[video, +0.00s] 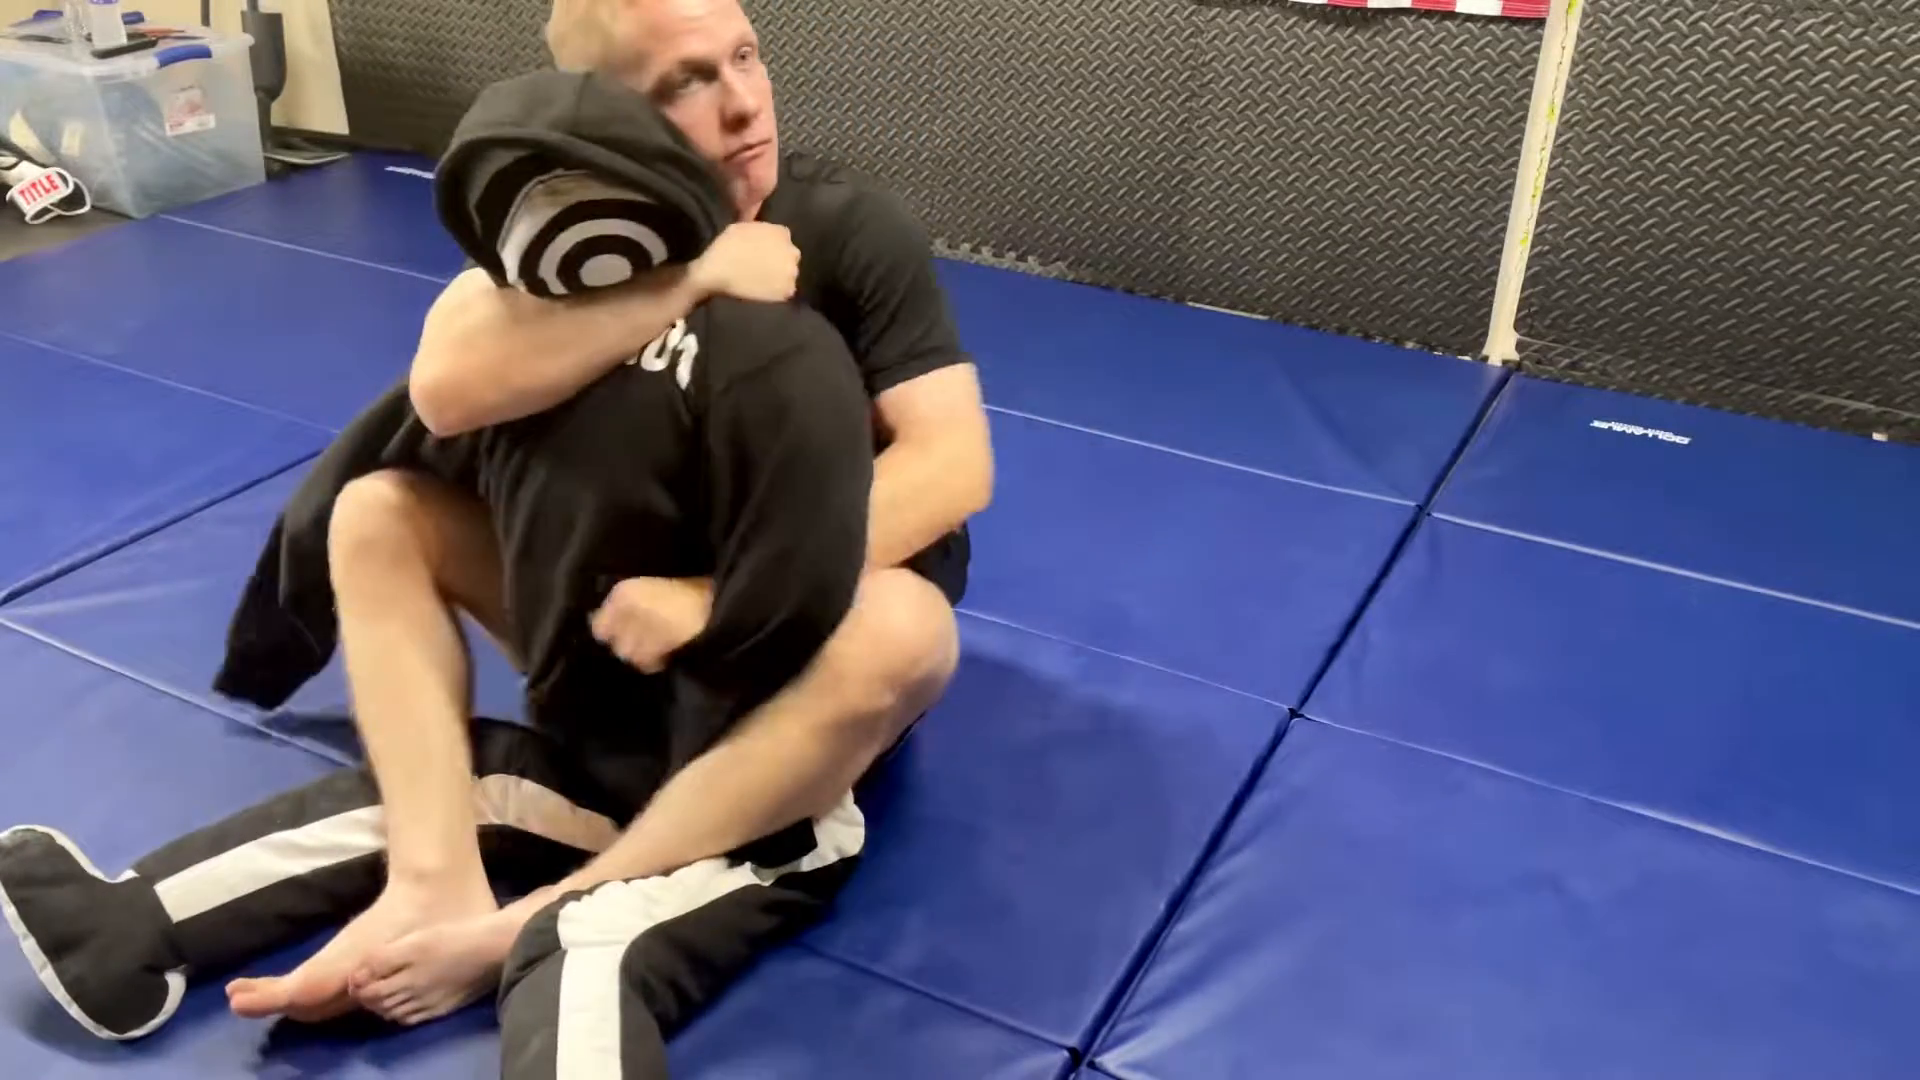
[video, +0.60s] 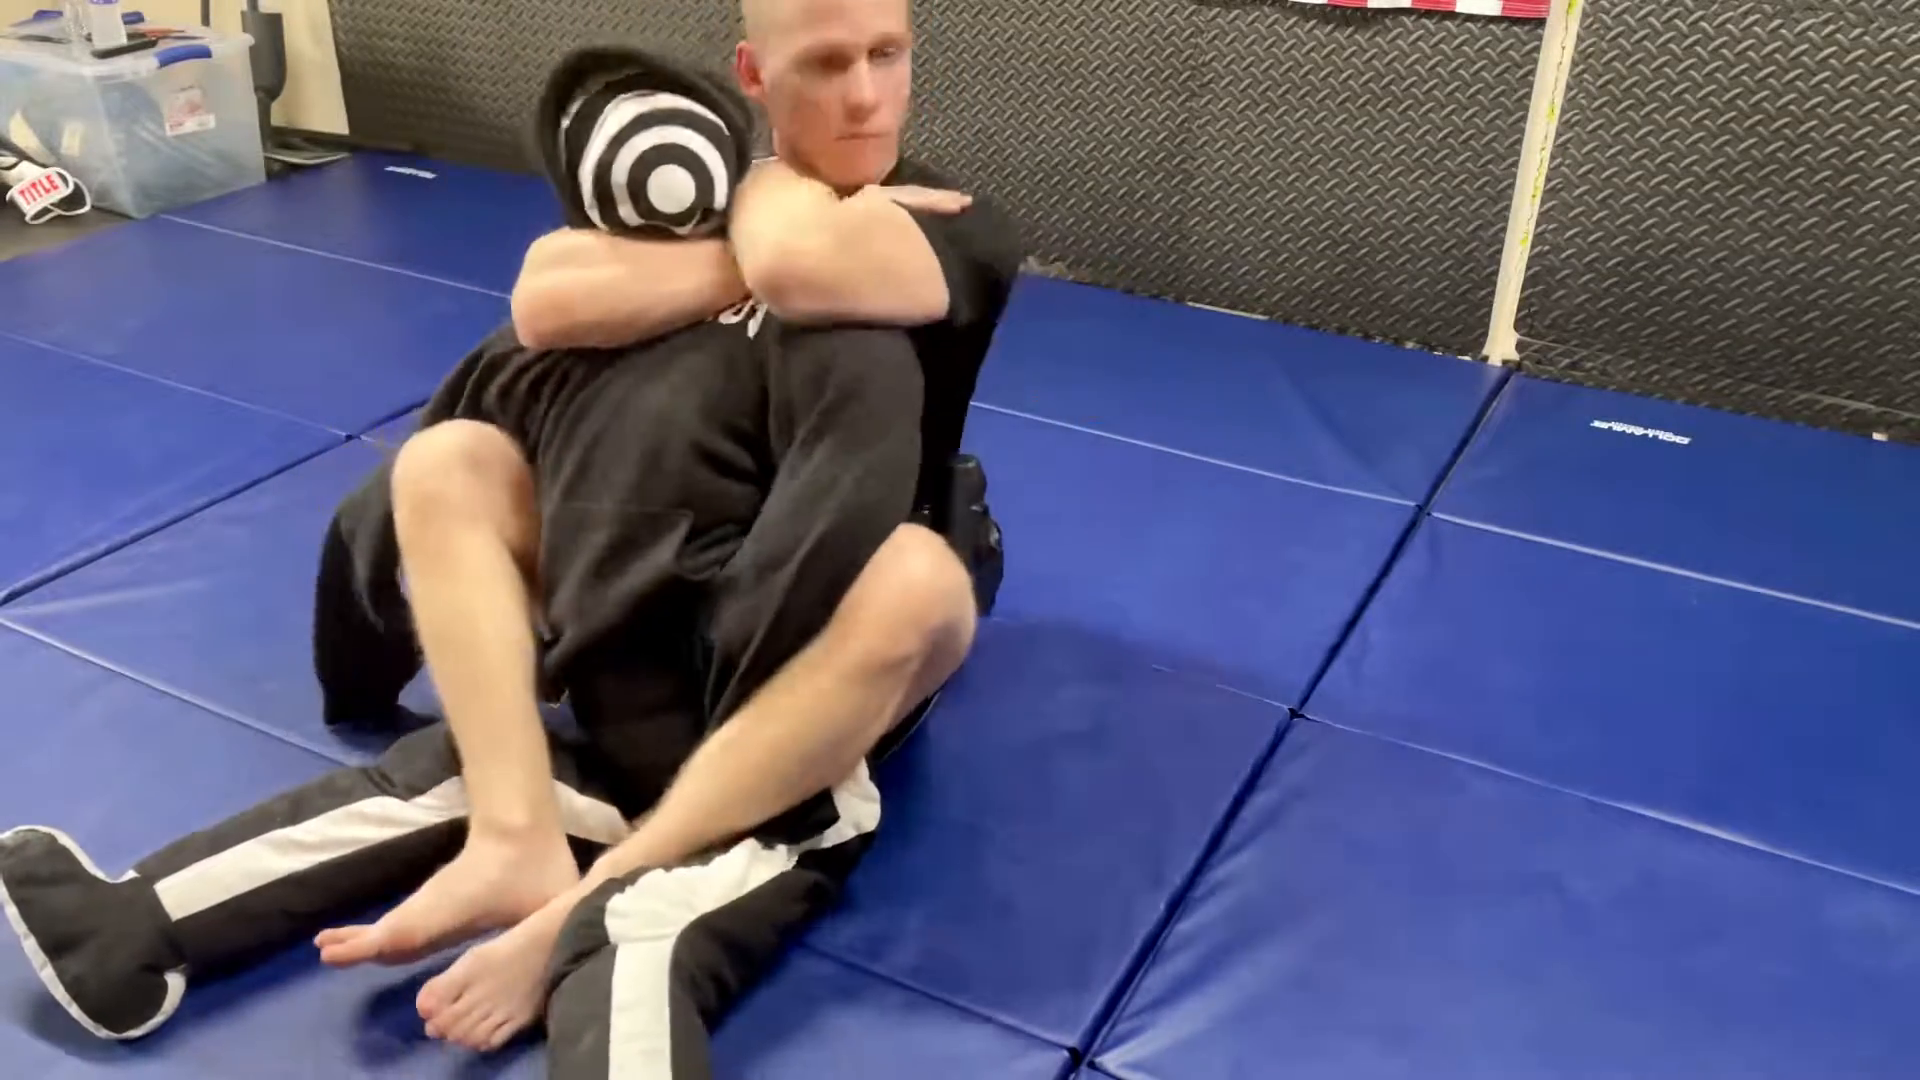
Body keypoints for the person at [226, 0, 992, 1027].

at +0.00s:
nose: (743, 103)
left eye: (744, 58)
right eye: (689, 87)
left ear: (762, 51)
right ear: (603, 122)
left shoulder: (850, 225)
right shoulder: (561, 240)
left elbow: (951, 464)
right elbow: (444, 388)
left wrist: (726, 598)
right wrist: (691, 277)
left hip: (806, 571)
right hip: (612, 569)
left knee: (901, 636)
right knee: (378, 513)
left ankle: (543, 919)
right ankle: (435, 885)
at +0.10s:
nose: (763, 97)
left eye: (762, 55)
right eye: (711, 80)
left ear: (786, 57)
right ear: (627, 122)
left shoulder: (880, 229)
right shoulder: (580, 253)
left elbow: (1079, 379)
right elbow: (455, 379)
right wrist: (709, 268)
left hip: (803, 591)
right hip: (626, 572)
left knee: (906, 634)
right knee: (395, 501)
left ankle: (541, 918)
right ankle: (424, 879)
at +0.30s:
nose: (859, 46)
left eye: (852, 20)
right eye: (812, 26)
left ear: (850, 53)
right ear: (708, 78)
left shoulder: (911, 219)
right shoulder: (628, 219)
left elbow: (1148, 381)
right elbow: (489, 361)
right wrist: (748, 278)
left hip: (827, 581)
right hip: (630, 545)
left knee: (909, 609)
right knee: (407, 481)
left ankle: (554, 920)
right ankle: (440, 866)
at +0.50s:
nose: (927, 66)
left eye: (927, 39)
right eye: (889, 38)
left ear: (928, 62)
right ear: (783, 59)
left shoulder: (957, 232)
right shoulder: (663, 196)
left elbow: (861, 253)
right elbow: (541, 299)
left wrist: (747, 162)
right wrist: (802, 253)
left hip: (815, 561)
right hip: (627, 525)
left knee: (915, 590)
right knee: (431, 473)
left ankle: (610, 902)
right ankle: (512, 844)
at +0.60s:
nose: (864, 93)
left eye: (886, 58)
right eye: (828, 67)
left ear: (913, 67)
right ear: (756, 81)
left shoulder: (961, 237)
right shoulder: (668, 204)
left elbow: (788, 267)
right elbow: (536, 305)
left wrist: (756, 161)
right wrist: (783, 260)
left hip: (822, 589)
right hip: (636, 549)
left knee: (918, 585)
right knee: (441, 462)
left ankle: (608, 895)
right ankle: (514, 834)